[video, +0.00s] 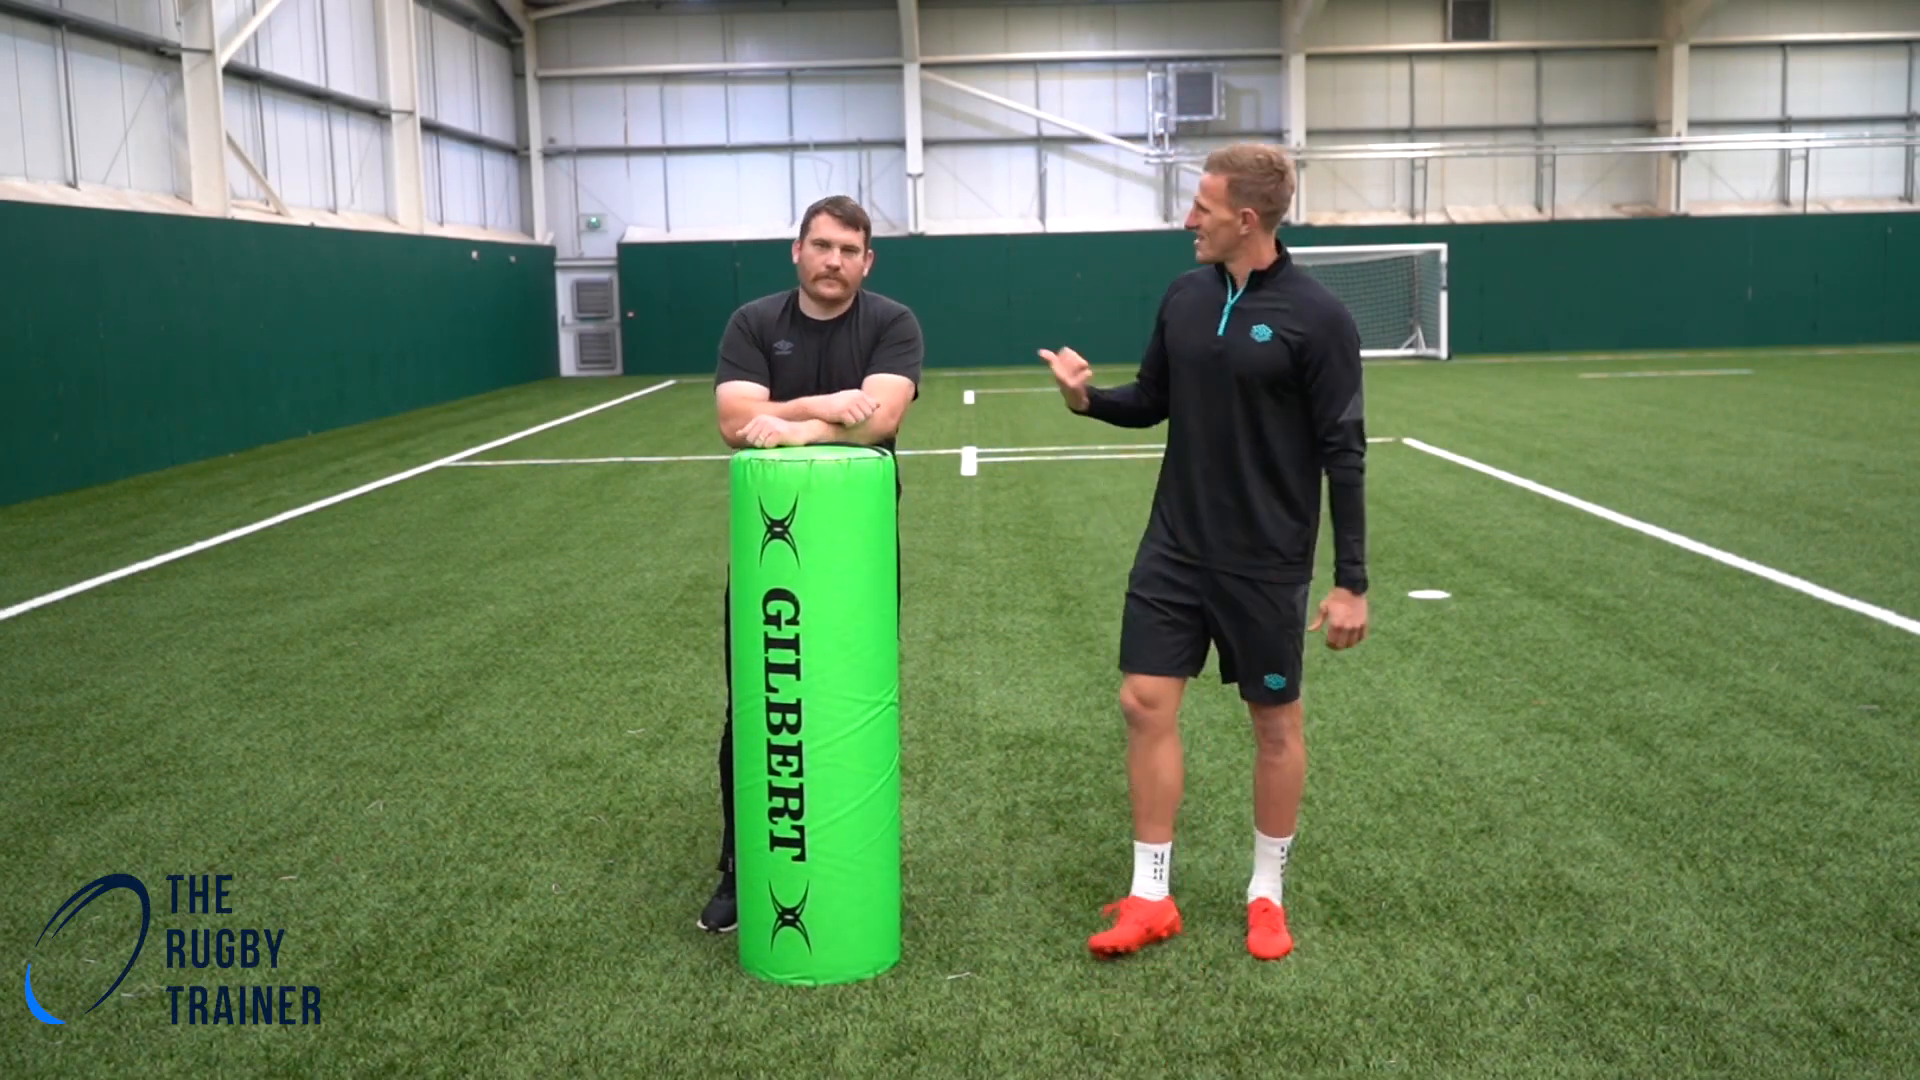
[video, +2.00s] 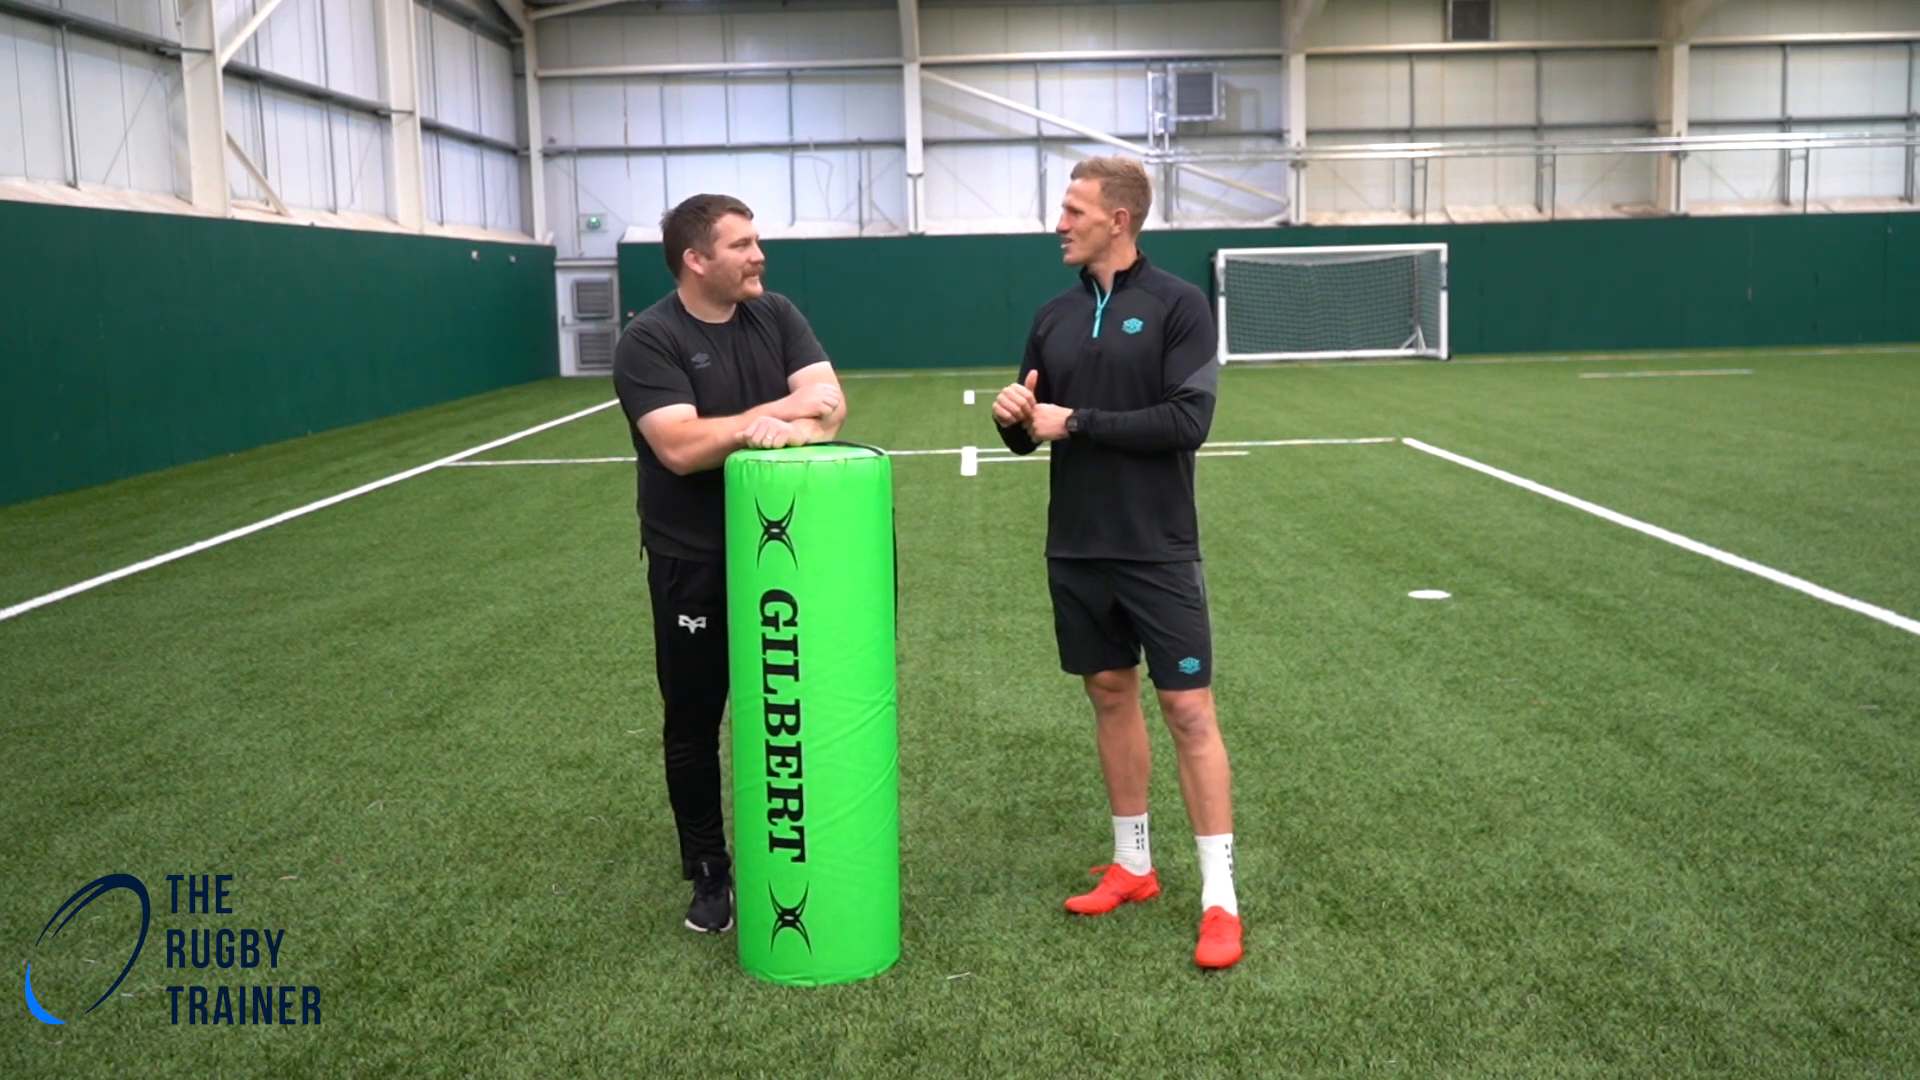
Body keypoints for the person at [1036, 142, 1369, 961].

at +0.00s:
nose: (1190, 217)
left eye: (1203, 207)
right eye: (1193, 203)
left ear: (1253, 220)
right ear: (1229, 215)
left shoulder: (1319, 319)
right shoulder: (1186, 295)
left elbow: (1344, 453)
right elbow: (1151, 402)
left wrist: (1351, 581)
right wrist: (1088, 396)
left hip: (1267, 557)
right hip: (1175, 542)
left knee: (1276, 722)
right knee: (1145, 701)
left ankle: (1267, 891)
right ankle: (1150, 895)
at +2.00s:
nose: (1060, 224)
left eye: (1073, 213)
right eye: (1062, 210)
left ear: (1120, 222)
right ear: (1098, 220)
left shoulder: (1181, 305)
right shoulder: (1054, 316)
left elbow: (1189, 422)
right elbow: (1022, 437)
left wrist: (1074, 422)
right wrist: (1014, 415)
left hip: (1158, 547)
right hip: (1079, 546)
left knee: (1189, 709)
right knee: (1109, 694)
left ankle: (1220, 896)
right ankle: (1132, 867)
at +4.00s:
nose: (1069, 228)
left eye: (1083, 216)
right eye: (1070, 214)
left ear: (1130, 222)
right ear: (1099, 220)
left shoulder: (1193, 306)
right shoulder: (1063, 316)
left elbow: (1215, 423)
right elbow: (1034, 434)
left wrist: (1101, 422)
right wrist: (1034, 423)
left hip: (1174, 548)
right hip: (1090, 548)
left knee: (1200, 710)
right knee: (1113, 695)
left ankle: (1227, 895)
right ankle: (1134, 866)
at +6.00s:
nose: (1048, 227)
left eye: (1061, 216)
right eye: (1049, 214)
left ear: (1110, 223)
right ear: (1075, 221)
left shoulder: (1174, 307)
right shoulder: (1043, 318)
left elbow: (1210, 426)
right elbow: (1029, 426)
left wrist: (1103, 451)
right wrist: (1026, 452)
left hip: (1163, 549)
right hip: (1080, 550)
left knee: (1193, 710)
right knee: (1110, 698)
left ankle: (1223, 896)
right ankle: (1134, 868)